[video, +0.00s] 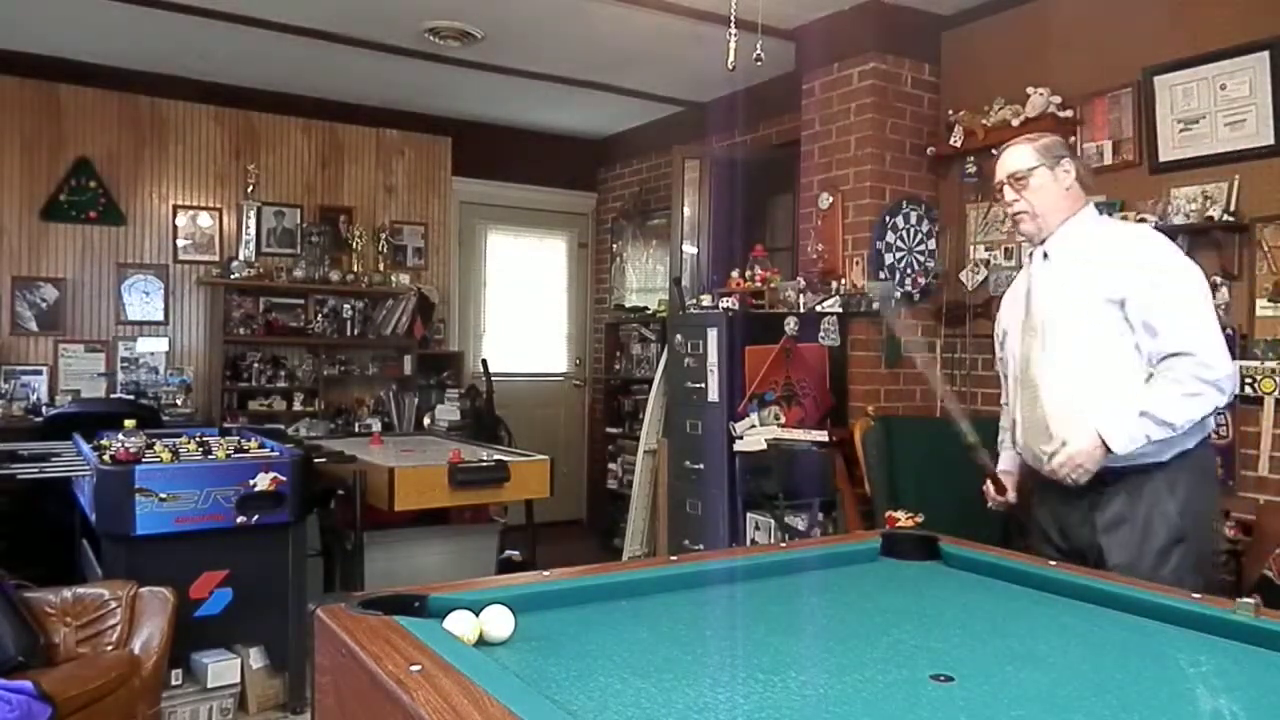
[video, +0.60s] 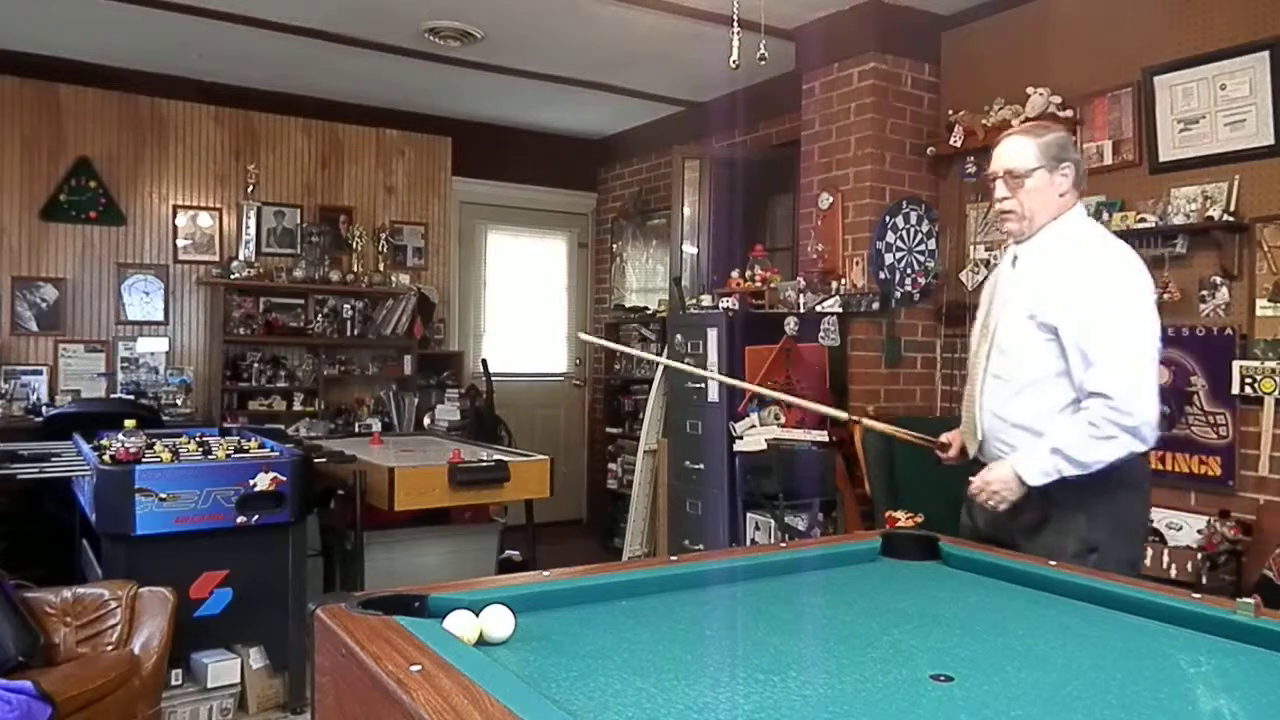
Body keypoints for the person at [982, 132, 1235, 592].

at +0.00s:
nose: (1008, 200)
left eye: (1019, 182)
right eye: (1001, 191)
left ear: (1066, 175)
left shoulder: (1139, 250)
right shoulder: (1015, 295)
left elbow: (1205, 371)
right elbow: (1015, 393)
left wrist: (1106, 442)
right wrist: (1009, 461)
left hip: (1149, 495)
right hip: (1050, 499)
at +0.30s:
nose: (1013, 198)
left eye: (1027, 181)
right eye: (1007, 187)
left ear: (1075, 178)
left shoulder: (1127, 260)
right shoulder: (1028, 274)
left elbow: (1187, 401)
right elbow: (1044, 384)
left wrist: (1086, 473)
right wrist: (998, 442)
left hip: (1118, 513)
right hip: (1032, 505)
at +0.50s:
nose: (1012, 192)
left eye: (1027, 176)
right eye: (1007, 179)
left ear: (1077, 177)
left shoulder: (1116, 263)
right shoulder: (1029, 259)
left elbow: (1143, 417)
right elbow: (1031, 372)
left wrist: (1038, 472)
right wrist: (985, 431)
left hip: (1094, 505)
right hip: (1012, 492)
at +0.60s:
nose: (998, 194)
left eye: (1014, 178)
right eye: (993, 181)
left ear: (1063, 179)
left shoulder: (1101, 263)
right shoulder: (1014, 260)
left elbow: (1126, 415)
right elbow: (1020, 373)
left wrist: (1022, 470)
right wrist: (972, 431)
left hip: (1081, 504)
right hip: (999, 495)